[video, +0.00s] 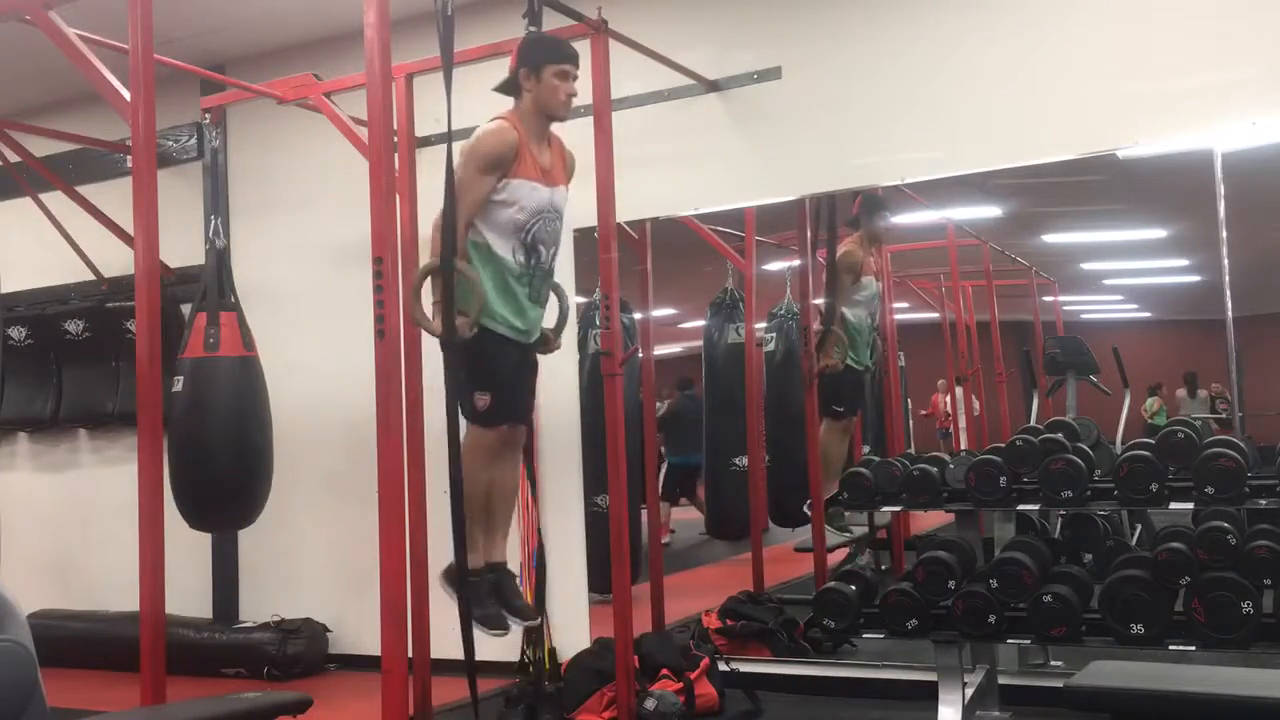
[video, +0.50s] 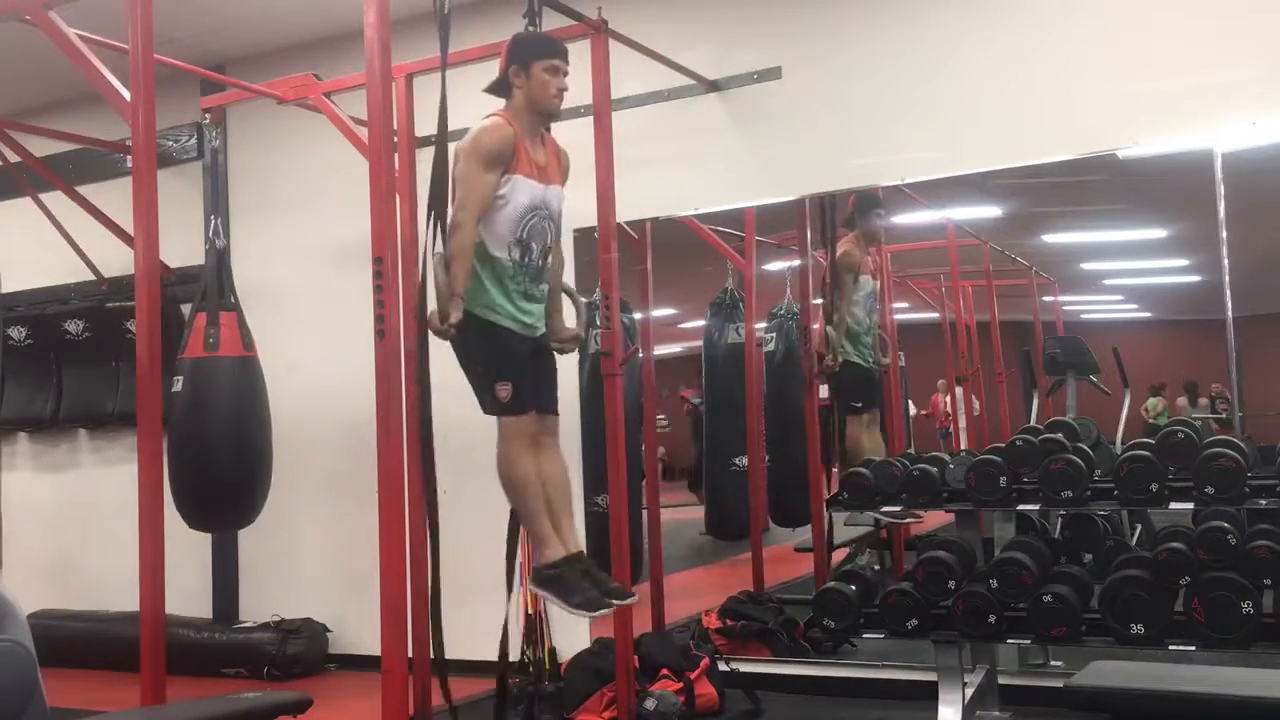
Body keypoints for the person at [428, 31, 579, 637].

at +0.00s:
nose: (572, 88)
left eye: (574, 79)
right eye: (562, 77)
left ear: (565, 86)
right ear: (527, 79)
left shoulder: (561, 155)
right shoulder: (497, 139)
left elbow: (537, 245)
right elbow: (447, 226)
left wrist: (550, 311)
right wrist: (447, 307)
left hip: (522, 319)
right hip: (481, 315)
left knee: (511, 437)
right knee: (487, 433)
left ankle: (497, 565)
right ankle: (467, 567)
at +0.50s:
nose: (562, 83)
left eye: (565, 74)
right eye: (551, 72)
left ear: (561, 83)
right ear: (516, 76)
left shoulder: (556, 152)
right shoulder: (493, 136)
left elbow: (550, 241)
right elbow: (463, 221)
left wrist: (556, 313)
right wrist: (452, 298)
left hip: (532, 313)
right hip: (484, 307)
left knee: (546, 430)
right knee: (518, 426)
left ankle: (573, 554)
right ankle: (549, 559)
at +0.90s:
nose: (575, 79)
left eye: (577, 70)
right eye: (563, 68)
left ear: (575, 78)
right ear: (528, 72)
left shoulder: (572, 149)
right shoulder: (505, 134)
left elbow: (573, 240)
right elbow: (479, 216)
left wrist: (585, 313)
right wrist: (468, 292)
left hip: (547, 313)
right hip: (499, 309)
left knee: (556, 432)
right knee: (526, 428)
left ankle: (573, 561)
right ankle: (552, 565)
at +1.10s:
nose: (584, 82)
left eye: (584, 72)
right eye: (571, 71)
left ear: (579, 83)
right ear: (536, 78)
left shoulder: (575, 152)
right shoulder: (509, 138)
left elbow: (564, 242)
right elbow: (472, 218)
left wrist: (575, 310)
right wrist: (471, 295)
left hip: (547, 315)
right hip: (499, 311)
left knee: (552, 434)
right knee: (520, 432)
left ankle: (562, 568)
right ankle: (540, 570)